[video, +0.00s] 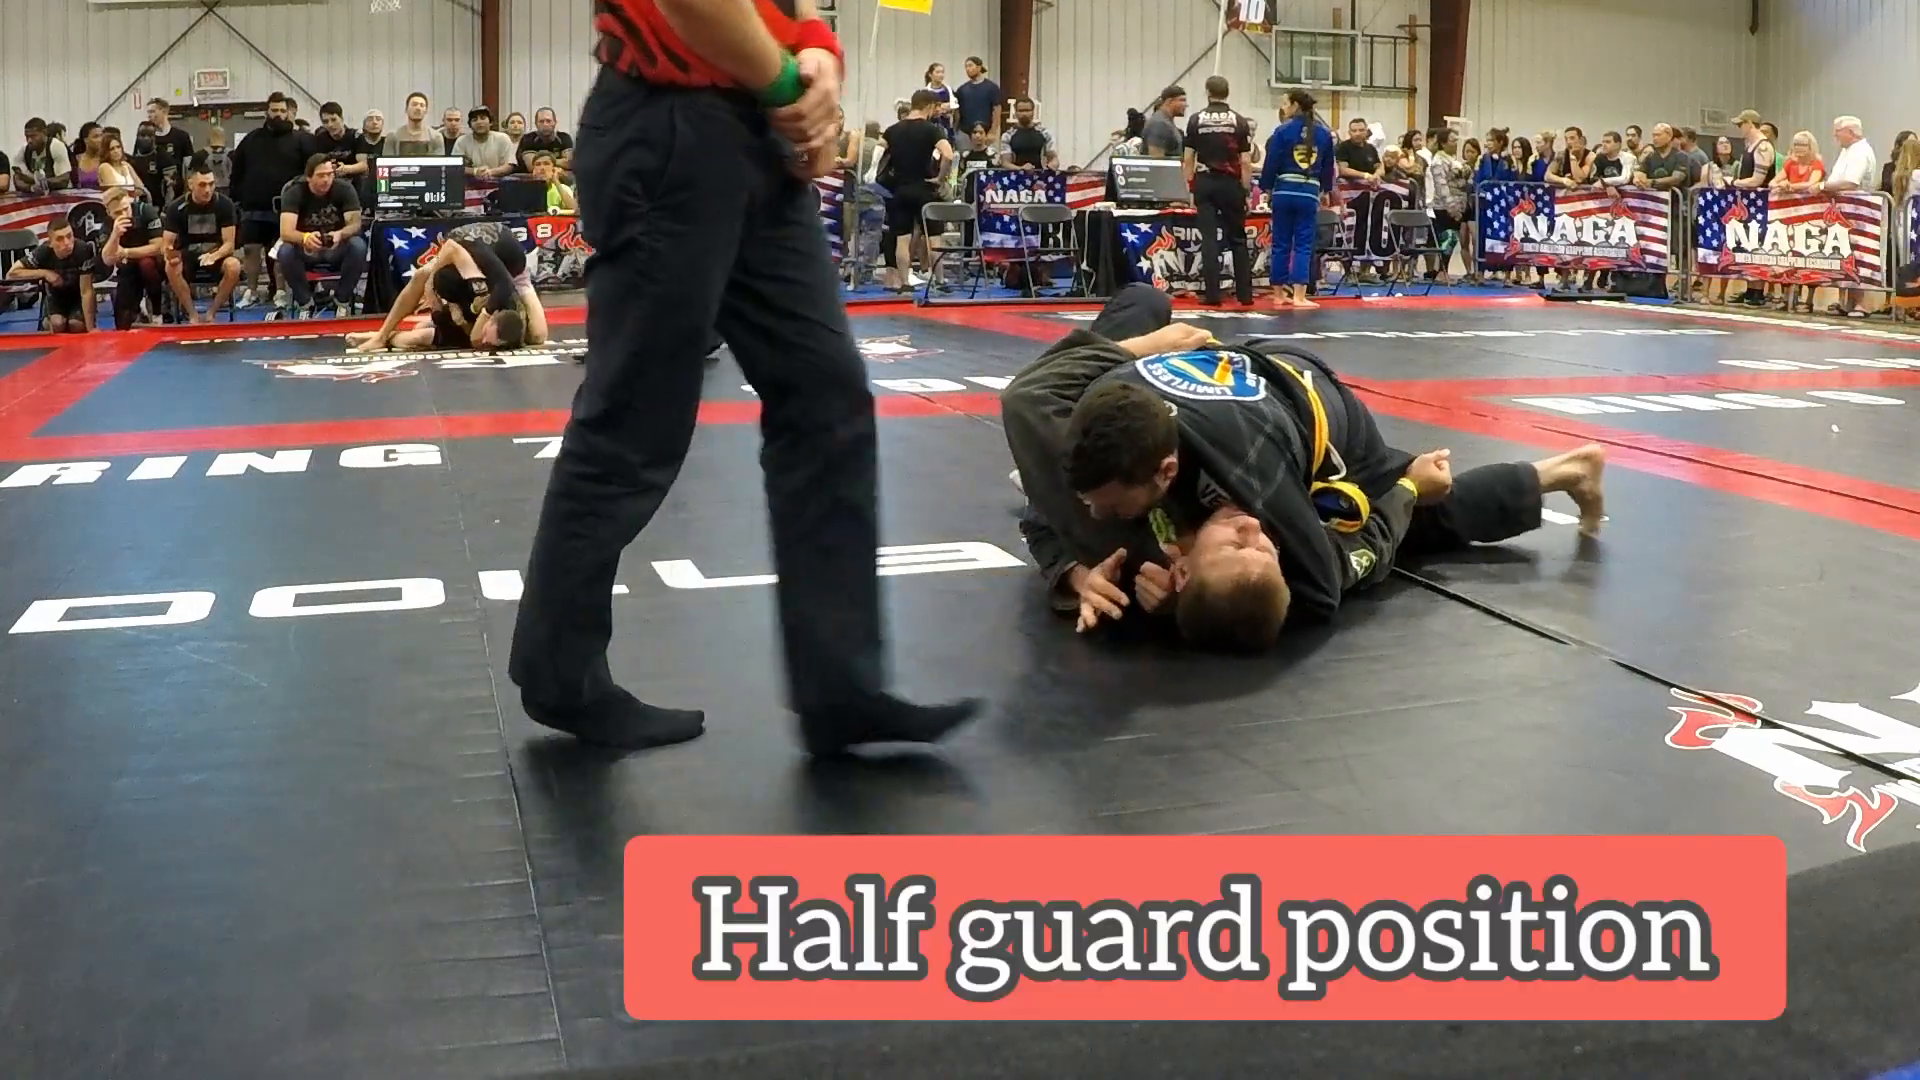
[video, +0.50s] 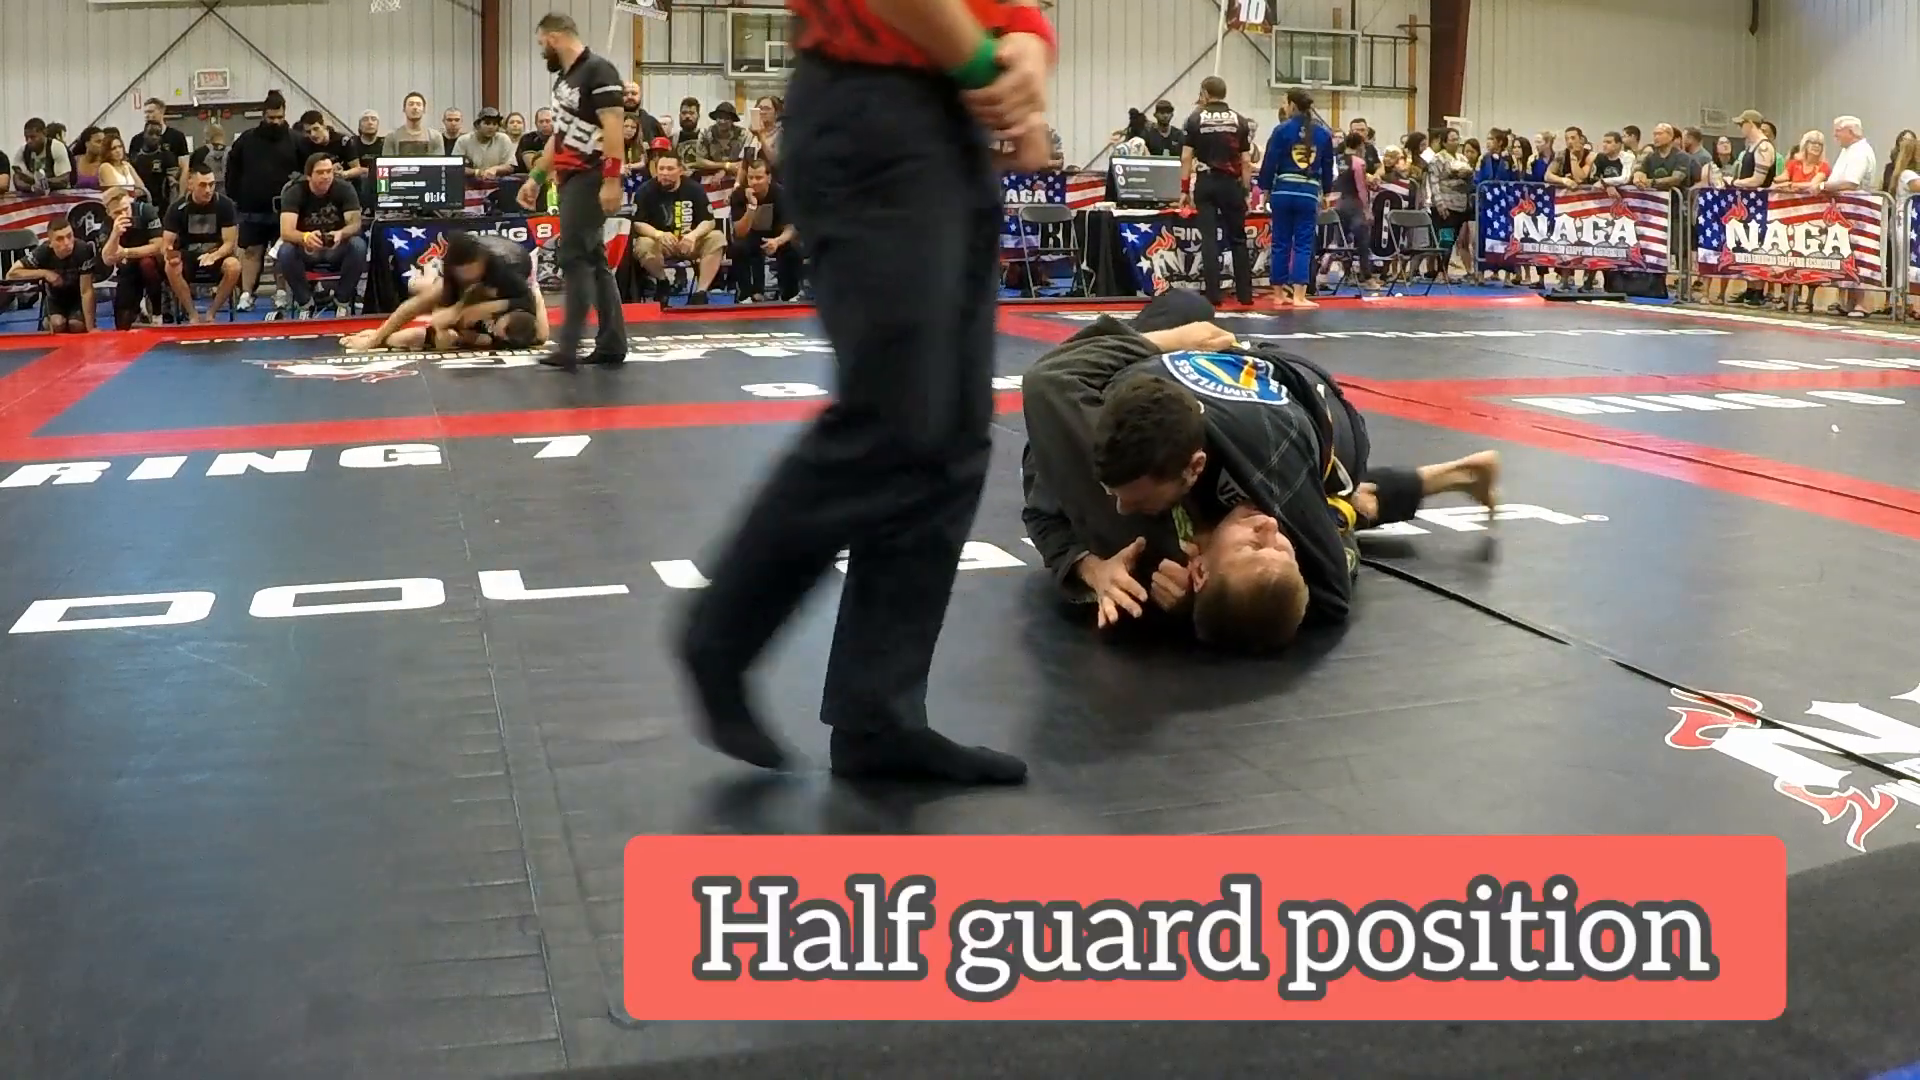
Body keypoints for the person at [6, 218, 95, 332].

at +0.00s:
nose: (67, 243)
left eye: (69, 237)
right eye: (60, 239)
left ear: (73, 235)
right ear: (50, 241)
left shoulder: (83, 250)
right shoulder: (44, 251)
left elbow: (86, 291)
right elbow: (12, 273)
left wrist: (91, 328)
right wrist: (44, 273)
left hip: (78, 293)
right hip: (56, 293)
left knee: (76, 325)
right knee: (58, 323)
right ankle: (46, 323)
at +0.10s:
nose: (67, 243)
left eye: (69, 236)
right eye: (60, 239)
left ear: (73, 234)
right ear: (50, 241)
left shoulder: (83, 250)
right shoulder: (44, 252)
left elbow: (86, 291)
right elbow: (12, 273)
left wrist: (91, 328)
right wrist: (44, 273)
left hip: (78, 293)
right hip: (55, 294)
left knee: (76, 325)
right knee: (58, 323)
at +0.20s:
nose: (67, 243)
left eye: (69, 236)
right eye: (60, 239)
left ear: (73, 234)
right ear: (50, 241)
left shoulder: (83, 250)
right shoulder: (44, 251)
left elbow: (87, 291)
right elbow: (12, 273)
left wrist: (91, 328)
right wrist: (44, 273)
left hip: (78, 294)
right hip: (55, 294)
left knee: (76, 325)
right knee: (58, 323)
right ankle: (46, 323)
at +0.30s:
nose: (67, 243)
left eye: (69, 237)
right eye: (60, 239)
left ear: (73, 235)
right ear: (50, 241)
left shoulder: (83, 250)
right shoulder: (44, 251)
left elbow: (86, 291)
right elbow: (12, 274)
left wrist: (91, 328)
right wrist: (44, 273)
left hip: (77, 292)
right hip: (55, 292)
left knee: (76, 324)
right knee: (58, 323)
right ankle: (46, 323)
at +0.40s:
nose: (67, 243)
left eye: (69, 237)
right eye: (60, 239)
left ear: (73, 235)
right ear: (50, 241)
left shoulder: (83, 250)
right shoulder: (44, 251)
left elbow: (86, 291)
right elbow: (12, 274)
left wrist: (91, 328)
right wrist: (44, 273)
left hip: (78, 294)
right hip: (55, 294)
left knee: (76, 325)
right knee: (58, 323)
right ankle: (46, 323)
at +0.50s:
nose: (67, 243)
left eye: (69, 237)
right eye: (60, 239)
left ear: (73, 235)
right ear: (50, 241)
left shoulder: (83, 250)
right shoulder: (44, 251)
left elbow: (86, 291)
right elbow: (12, 274)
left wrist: (91, 327)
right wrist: (44, 273)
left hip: (78, 293)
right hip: (55, 294)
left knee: (76, 324)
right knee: (58, 323)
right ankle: (46, 323)